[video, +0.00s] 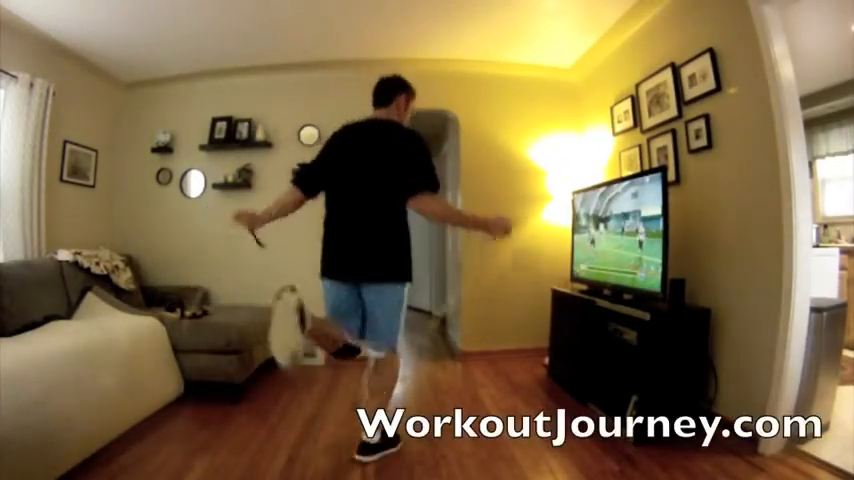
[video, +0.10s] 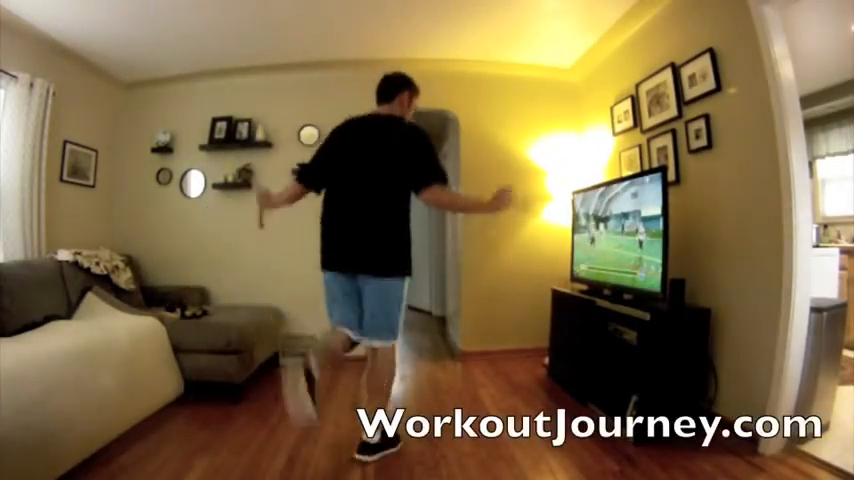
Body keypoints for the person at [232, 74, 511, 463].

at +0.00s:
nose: (411, 113)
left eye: (410, 106)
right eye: (411, 106)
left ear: (374, 103)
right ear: (402, 103)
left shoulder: (344, 137)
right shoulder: (407, 142)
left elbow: (303, 188)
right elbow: (420, 200)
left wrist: (261, 218)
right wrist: (482, 223)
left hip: (336, 258)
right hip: (385, 262)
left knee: (347, 344)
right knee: (382, 354)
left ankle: (307, 327)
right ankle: (375, 436)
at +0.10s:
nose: (414, 109)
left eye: (415, 103)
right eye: (414, 103)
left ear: (378, 98)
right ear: (405, 99)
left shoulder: (345, 131)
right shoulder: (410, 136)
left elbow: (306, 182)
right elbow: (432, 194)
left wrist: (272, 201)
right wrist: (489, 205)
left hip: (337, 251)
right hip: (385, 255)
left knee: (345, 331)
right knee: (382, 347)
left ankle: (313, 363)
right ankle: (375, 435)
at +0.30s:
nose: (415, 109)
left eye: (415, 102)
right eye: (415, 102)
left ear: (379, 98)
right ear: (406, 99)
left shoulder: (346, 130)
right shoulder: (414, 138)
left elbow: (308, 179)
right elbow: (444, 196)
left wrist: (293, 216)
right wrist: (484, 225)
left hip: (331, 249)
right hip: (380, 255)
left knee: (346, 332)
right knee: (374, 348)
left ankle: (354, 421)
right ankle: (372, 437)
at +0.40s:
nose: (413, 124)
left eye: (413, 117)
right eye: (414, 117)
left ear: (376, 111)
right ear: (405, 112)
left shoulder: (346, 143)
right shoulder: (408, 151)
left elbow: (309, 200)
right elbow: (442, 213)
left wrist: (289, 242)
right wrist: (484, 251)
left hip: (331, 261)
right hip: (378, 265)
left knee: (356, 337)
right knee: (381, 351)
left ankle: (363, 402)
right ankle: (373, 437)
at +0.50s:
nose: (411, 115)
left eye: (412, 109)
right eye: (411, 108)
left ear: (375, 102)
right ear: (401, 103)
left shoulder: (345, 135)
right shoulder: (406, 141)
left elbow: (309, 192)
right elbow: (437, 205)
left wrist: (284, 239)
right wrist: (471, 250)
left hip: (328, 246)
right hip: (373, 250)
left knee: (365, 322)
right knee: (373, 337)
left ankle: (371, 383)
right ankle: (374, 434)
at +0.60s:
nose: (406, 101)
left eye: (406, 96)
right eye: (406, 94)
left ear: (371, 88)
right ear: (397, 90)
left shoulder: (341, 119)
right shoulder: (403, 123)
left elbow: (308, 178)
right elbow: (425, 179)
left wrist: (280, 224)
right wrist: (453, 233)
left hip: (322, 231)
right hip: (367, 236)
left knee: (365, 313)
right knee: (362, 336)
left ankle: (369, 385)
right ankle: (350, 433)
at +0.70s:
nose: (398, 103)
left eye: (398, 98)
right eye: (399, 97)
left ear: (365, 93)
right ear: (391, 93)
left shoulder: (337, 126)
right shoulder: (396, 127)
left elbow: (298, 182)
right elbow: (416, 183)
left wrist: (261, 226)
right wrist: (446, 232)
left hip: (330, 241)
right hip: (372, 245)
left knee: (355, 329)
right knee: (379, 337)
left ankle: (343, 415)